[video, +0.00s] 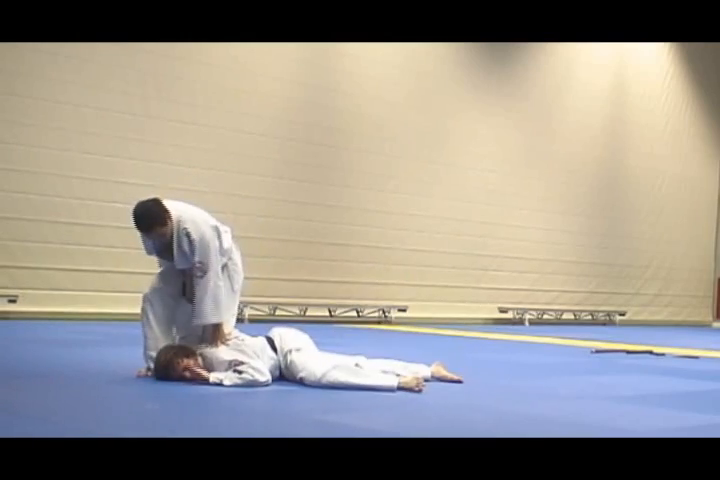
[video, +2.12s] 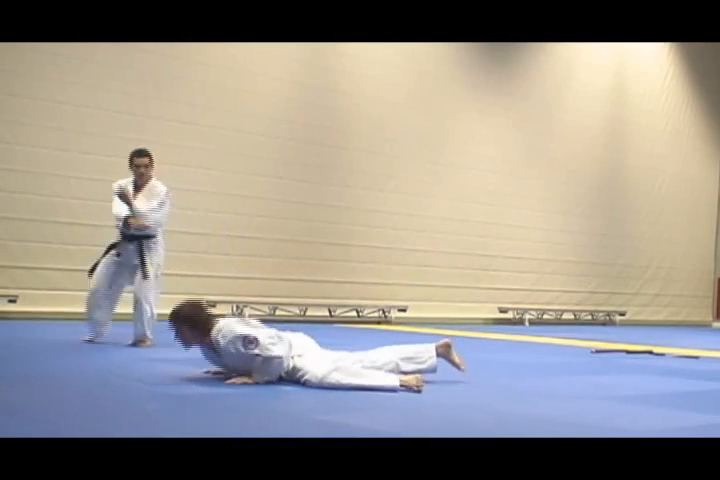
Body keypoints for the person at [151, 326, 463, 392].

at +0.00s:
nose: (191, 373)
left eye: (189, 366)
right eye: (183, 373)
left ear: (192, 356)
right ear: (178, 372)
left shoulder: (217, 352)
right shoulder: (198, 358)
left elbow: (260, 374)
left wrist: (215, 381)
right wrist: (157, 368)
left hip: (283, 346)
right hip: (280, 350)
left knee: (316, 373)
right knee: (351, 364)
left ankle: (400, 381)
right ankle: (425, 368)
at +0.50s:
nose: (188, 374)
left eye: (185, 368)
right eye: (181, 374)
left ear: (189, 357)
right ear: (180, 368)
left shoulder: (215, 353)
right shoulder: (201, 356)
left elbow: (259, 374)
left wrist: (214, 378)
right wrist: (159, 369)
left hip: (281, 348)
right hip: (281, 352)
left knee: (314, 373)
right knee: (353, 363)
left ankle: (397, 381)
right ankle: (428, 368)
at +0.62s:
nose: (188, 372)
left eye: (185, 366)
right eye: (180, 372)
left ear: (190, 357)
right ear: (175, 369)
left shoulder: (217, 356)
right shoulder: (190, 350)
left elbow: (258, 374)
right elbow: (186, 317)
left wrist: (210, 381)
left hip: (283, 348)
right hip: (283, 351)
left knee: (316, 373)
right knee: (350, 365)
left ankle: (400, 382)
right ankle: (424, 368)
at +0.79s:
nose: (188, 373)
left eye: (183, 368)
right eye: (180, 374)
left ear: (189, 355)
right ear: (181, 368)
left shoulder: (215, 354)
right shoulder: (202, 352)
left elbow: (260, 375)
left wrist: (214, 380)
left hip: (282, 348)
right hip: (281, 350)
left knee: (317, 374)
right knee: (353, 363)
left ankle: (397, 381)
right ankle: (427, 367)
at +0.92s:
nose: (187, 370)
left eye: (184, 365)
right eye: (181, 372)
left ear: (188, 355)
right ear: (180, 370)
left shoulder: (212, 352)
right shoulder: (198, 353)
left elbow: (259, 373)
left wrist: (213, 379)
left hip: (280, 347)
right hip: (280, 349)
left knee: (316, 373)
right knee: (351, 363)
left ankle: (399, 381)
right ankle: (427, 369)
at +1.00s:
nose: (189, 371)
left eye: (185, 366)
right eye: (182, 372)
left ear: (188, 354)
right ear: (182, 370)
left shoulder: (212, 351)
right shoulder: (204, 356)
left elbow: (259, 373)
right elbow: (235, 365)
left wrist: (213, 379)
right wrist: (207, 368)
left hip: (280, 346)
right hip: (281, 351)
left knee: (315, 373)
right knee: (351, 364)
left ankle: (399, 381)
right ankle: (427, 369)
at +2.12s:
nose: (177, 336)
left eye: (178, 331)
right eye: (175, 332)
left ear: (192, 327)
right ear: (192, 326)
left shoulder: (225, 335)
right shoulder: (210, 341)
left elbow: (274, 353)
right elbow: (246, 352)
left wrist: (256, 378)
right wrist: (231, 368)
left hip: (296, 357)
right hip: (291, 355)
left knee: (328, 376)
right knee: (359, 361)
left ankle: (398, 381)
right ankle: (436, 350)